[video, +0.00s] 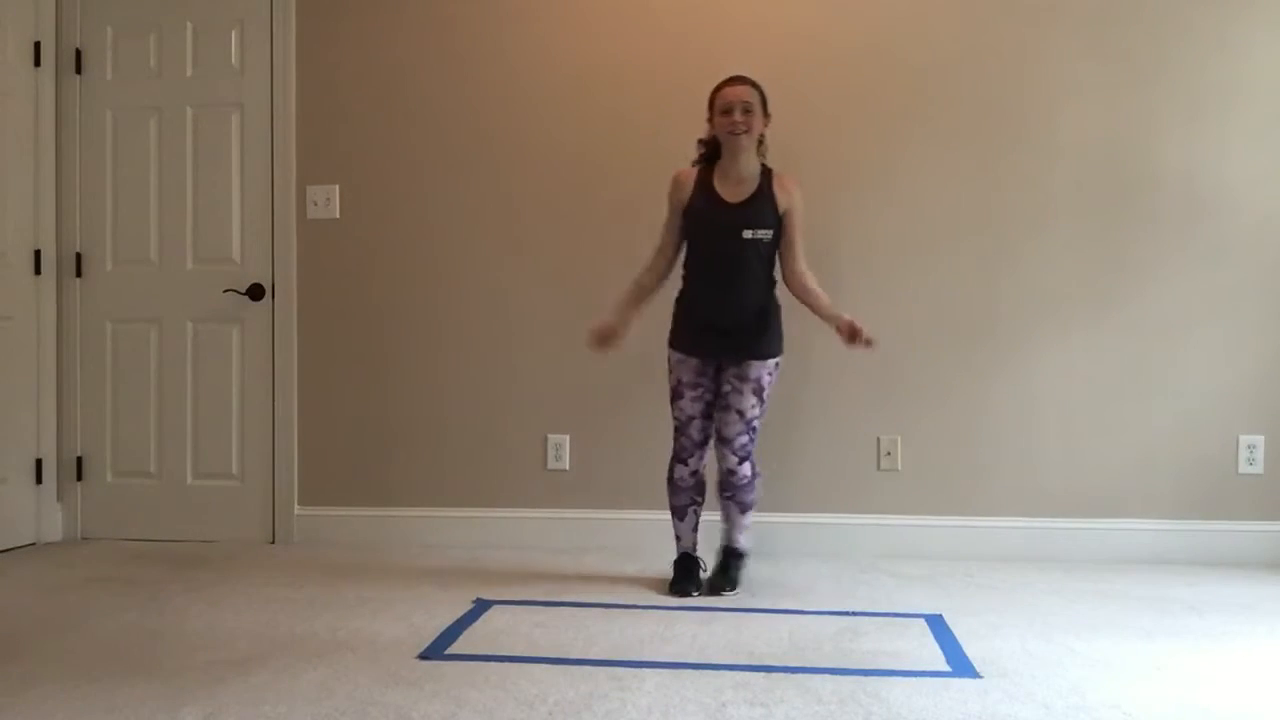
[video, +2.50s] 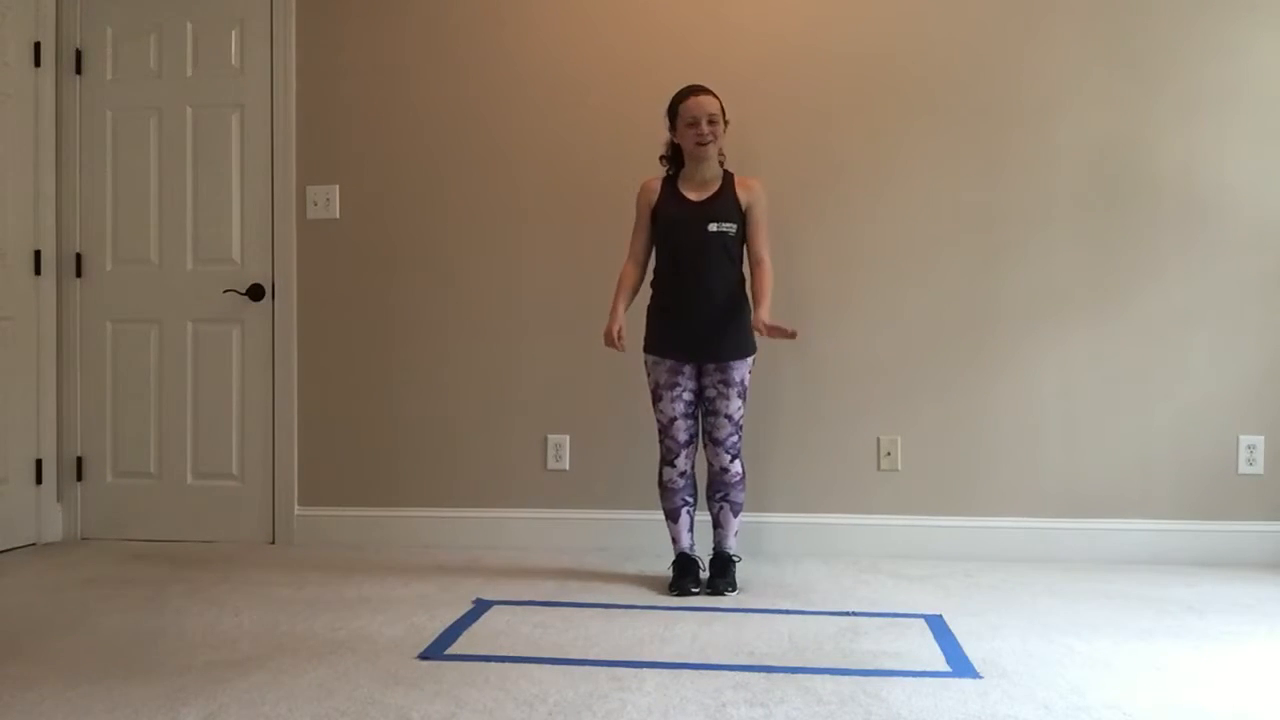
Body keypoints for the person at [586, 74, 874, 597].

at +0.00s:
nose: (736, 118)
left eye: (747, 110)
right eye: (726, 110)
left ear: (764, 121)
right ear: (711, 122)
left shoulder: (781, 189)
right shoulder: (688, 182)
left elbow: (795, 273)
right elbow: (661, 261)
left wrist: (837, 319)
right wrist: (620, 318)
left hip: (754, 342)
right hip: (692, 337)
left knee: (735, 451)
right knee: (688, 449)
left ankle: (733, 551)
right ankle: (685, 556)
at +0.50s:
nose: (721, 129)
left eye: (732, 121)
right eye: (712, 119)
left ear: (745, 131)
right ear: (695, 127)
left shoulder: (758, 197)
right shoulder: (665, 191)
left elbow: (780, 273)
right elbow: (641, 265)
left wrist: (841, 285)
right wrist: (586, 283)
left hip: (742, 345)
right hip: (682, 344)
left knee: (730, 452)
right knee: (687, 449)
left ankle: (725, 555)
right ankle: (686, 556)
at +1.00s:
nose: (717, 128)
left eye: (727, 119)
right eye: (707, 119)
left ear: (742, 128)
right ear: (691, 128)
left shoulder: (756, 196)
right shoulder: (664, 189)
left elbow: (781, 271)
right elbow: (641, 261)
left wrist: (777, 342)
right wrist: (631, 327)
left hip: (737, 346)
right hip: (674, 343)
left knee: (727, 454)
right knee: (678, 452)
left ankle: (724, 555)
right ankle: (685, 556)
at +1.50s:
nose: (722, 147)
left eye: (725, 137)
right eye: (709, 143)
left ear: (730, 138)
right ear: (682, 152)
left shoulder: (747, 191)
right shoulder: (663, 200)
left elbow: (805, 214)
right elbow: (609, 230)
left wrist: (810, 166)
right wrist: (617, 165)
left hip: (739, 343)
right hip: (679, 342)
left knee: (730, 451)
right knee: (680, 451)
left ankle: (724, 556)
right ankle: (686, 558)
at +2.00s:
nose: (705, 129)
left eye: (713, 119)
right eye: (693, 121)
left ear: (724, 125)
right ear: (674, 130)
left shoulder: (750, 188)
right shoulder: (656, 192)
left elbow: (762, 265)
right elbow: (646, 268)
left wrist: (774, 333)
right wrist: (628, 333)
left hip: (736, 344)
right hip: (675, 343)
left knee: (728, 451)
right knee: (680, 451)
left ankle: (724, 555)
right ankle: (686, 557)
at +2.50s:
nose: (703, 130)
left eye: (712, 121)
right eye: (692, 123)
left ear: (724, 128)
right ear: (674, 131)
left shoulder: (746, 190)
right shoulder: (654, 191)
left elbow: (759, 257)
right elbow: (636, 259)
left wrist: (761, 311)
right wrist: (617, 309)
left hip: (728, 341)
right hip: (668, 340)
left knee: (724, 448)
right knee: (676, 448)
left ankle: (723, 555)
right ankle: (684, 557)